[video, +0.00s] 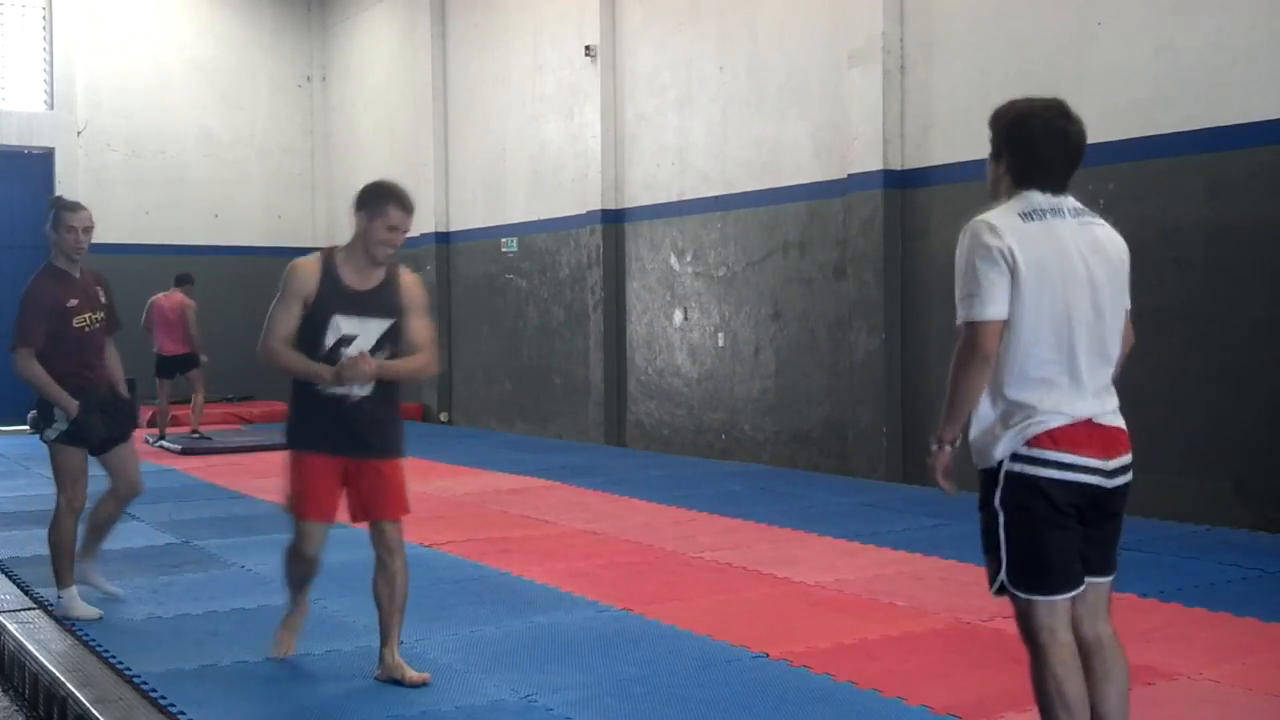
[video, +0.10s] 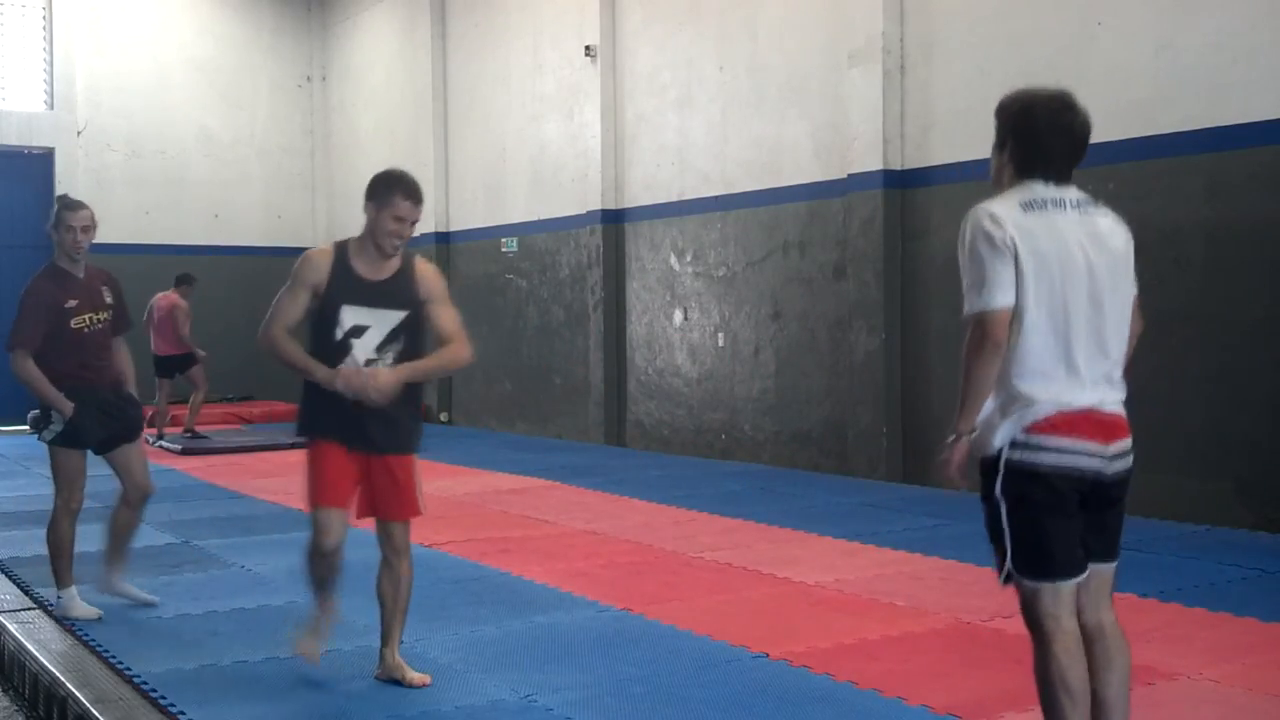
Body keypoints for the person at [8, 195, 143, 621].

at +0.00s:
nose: (82, 238)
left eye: (87, 230)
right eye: (72, 231)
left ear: (92, 232)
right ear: (53, 233)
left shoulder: (95, 280)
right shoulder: (41, 288)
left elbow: (106, 343)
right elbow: (22, 359)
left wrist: (122, 395)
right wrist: (70, 405)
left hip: (104, 401)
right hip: (64, 408)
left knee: (128, 485)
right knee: (71, 501)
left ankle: (85, 560)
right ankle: (66, 595)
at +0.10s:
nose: (80, 237)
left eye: (86, 230)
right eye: (71, 230)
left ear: (93, 232)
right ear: (55, 233)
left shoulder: (104, 280)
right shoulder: (41, 289)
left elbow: (118, 341)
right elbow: (19, 358)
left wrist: (129, 393)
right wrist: (65, 407)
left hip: (112, 402)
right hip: (67, 408)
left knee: (139, 488)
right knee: (69, 502)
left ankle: (113, 575)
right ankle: (67, 595)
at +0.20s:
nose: (83, 238)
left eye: (90, 230)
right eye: (74, 231)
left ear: (99, 233)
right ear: (60, 234)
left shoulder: (115, 282)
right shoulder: (46, 288)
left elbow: (129, 341)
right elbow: (19, 357)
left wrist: (138, 392)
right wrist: (60, 406)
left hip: (119, 403)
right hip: (70, 408)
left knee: (144, 494)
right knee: (70, 505)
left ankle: (147, 588)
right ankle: (67, 596)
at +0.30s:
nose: (92, 240)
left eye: (99, 232)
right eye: (84, 232)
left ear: (109, 234)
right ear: (69, 235)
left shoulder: (128, 285)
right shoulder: (51, 292)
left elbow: (141, 345)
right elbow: (24, 360)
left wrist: (146, 395)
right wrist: (63, 408)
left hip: (127, 404)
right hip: (77, 409)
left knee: (152, 500)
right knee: (74, 507)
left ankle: (169, 593)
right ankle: (68, 595)